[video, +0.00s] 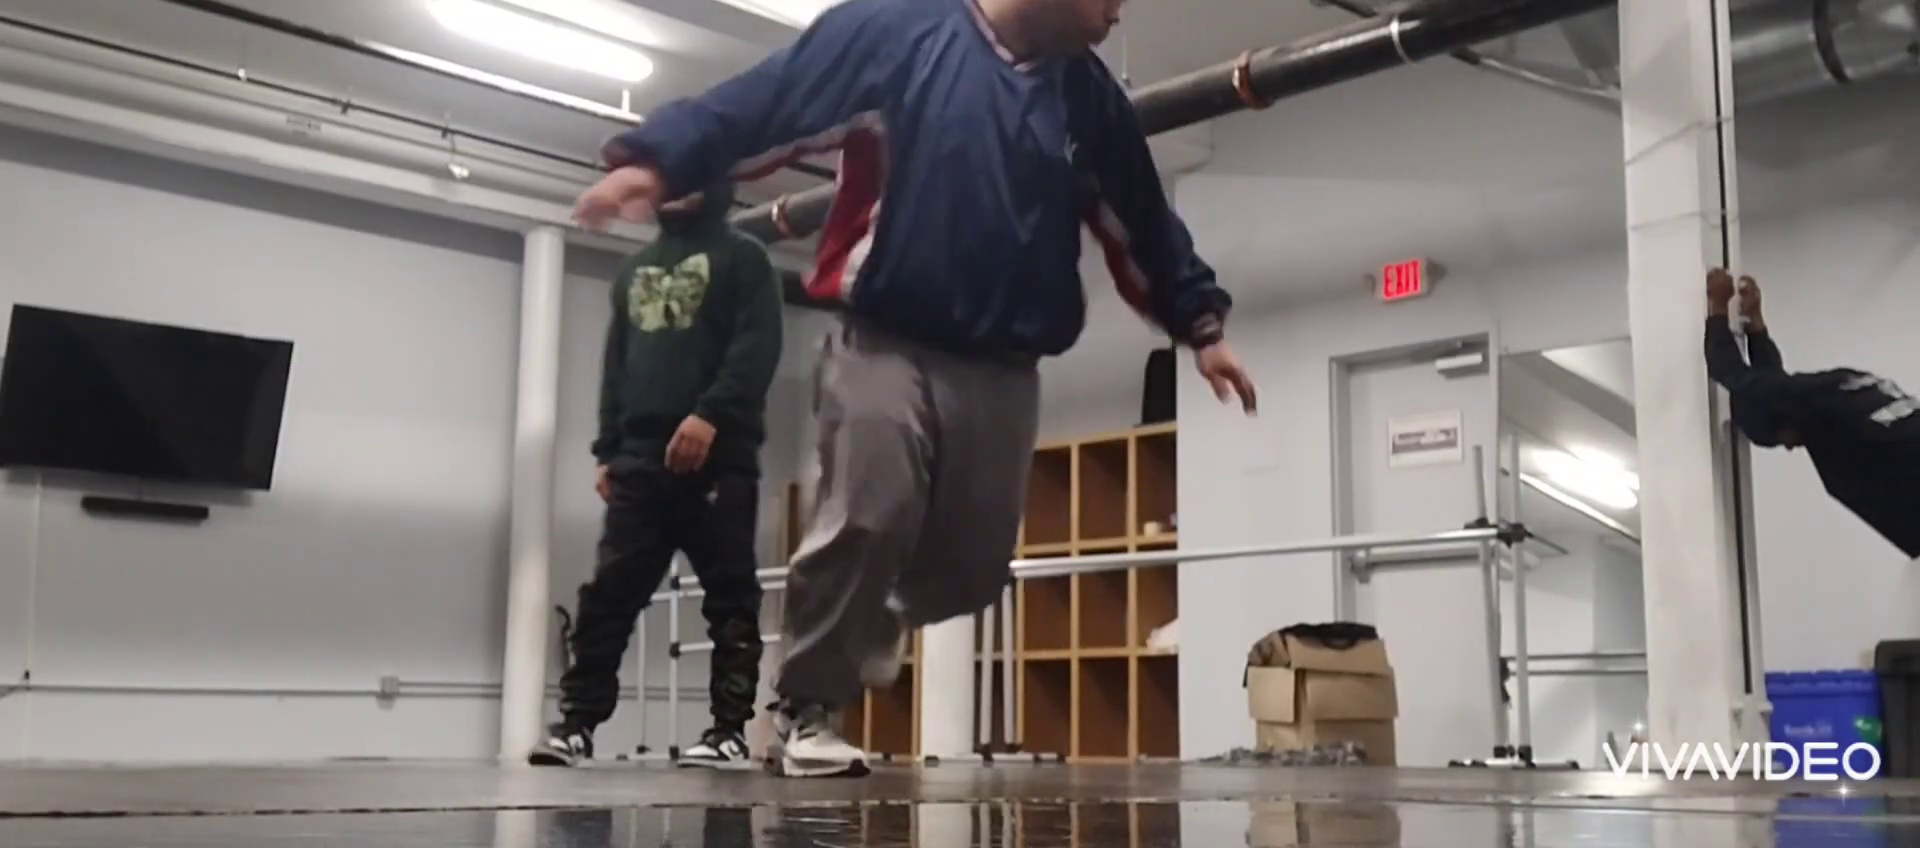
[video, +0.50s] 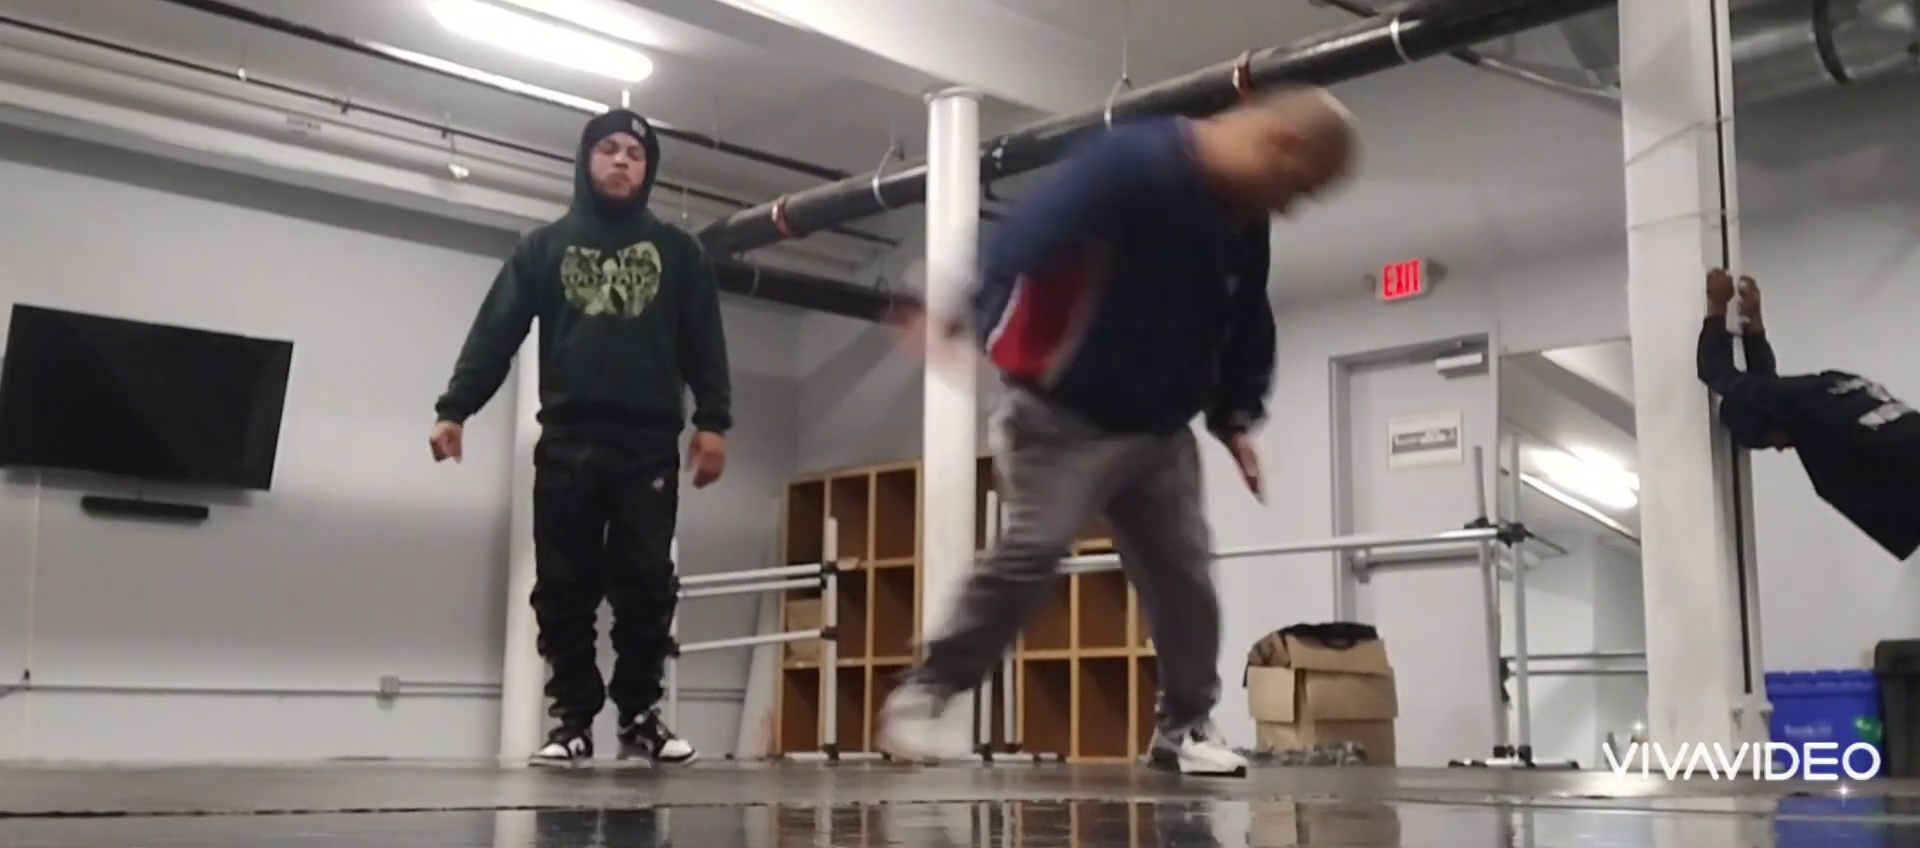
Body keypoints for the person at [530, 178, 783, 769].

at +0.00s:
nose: (673, 194)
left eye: (686, 180)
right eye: (664, 181)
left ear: (713, 184)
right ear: (649, 191)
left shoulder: (743, 256)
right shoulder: (635, 271)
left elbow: (757, 349)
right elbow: (616, 365)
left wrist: (708, 416)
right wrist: (609, 449)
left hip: (720, 459)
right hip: (642, 456)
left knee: (730, 594)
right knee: (610, 592)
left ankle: (728, 733)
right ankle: (576, 728)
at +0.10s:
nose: (652, 171)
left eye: (666, 163)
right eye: (643, 164)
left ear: (693, 182)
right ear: (630, 183)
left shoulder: (722, 253)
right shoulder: (612, 265)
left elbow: (744, 344)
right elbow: (589, 361)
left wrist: (718, 425)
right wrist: (585, 448)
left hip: (691, 450)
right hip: (618, 449)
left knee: (707, 591)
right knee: (591, 593)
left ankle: (724, 730)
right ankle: (575, 728)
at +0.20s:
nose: (638, 164)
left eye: (652, 157)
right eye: (627, 156)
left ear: (675, 175)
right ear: (612, 173)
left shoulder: (704, 248)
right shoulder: (589, 254)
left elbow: (729, 340)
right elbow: (563, 349)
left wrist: (727, 428)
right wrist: (547, 439)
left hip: (674, 444)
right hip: (595, 443)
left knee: (687, 589)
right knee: (577, 593)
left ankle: (719, 723)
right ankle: (575, 728)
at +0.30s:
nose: (627, 161)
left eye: (641, 154)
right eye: (616, 152)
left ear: (661, 173)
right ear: (597, 168)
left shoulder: (692, 247)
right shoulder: (568, 251)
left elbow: (722, 338)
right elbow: (535, 343)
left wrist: (732, 425)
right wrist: (506, 429)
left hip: (659, 439)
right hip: (582, 439)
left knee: (663, 584)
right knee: (568, 589)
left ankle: (702, 718)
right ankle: (573, 729)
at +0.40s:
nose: (622, 162)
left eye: (635, 156)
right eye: (611, 152)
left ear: (651, 174)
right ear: (588, 164)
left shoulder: (684, 251)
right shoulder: (553, 250)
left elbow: (715, 338)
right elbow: (510, 336)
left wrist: (727, 422)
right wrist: (471, 418)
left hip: (652, 438)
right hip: (573, 436)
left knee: (645, 578)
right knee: (563, 586)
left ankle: (668, 708)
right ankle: (573, 725)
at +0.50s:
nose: (621, 162)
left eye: (633, 154)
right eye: (609, 151)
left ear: (649, 170)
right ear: (584, 162)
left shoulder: (680, 251)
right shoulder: (548, 244)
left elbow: (705, 341)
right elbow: (497, 328)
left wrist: (713, 423)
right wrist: (453, 409)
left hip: (649, 440)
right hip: (568, 436)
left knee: (647, 583)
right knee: (563, 586)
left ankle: (640, 718)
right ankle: (573, 723)